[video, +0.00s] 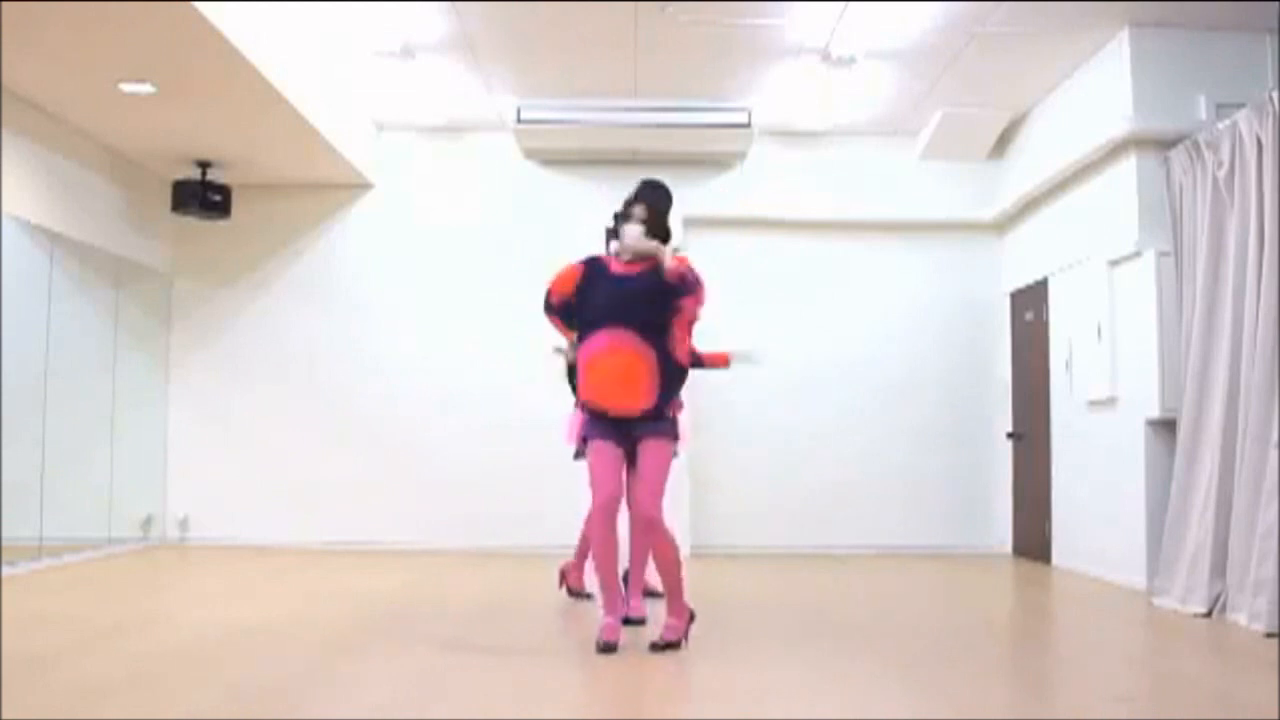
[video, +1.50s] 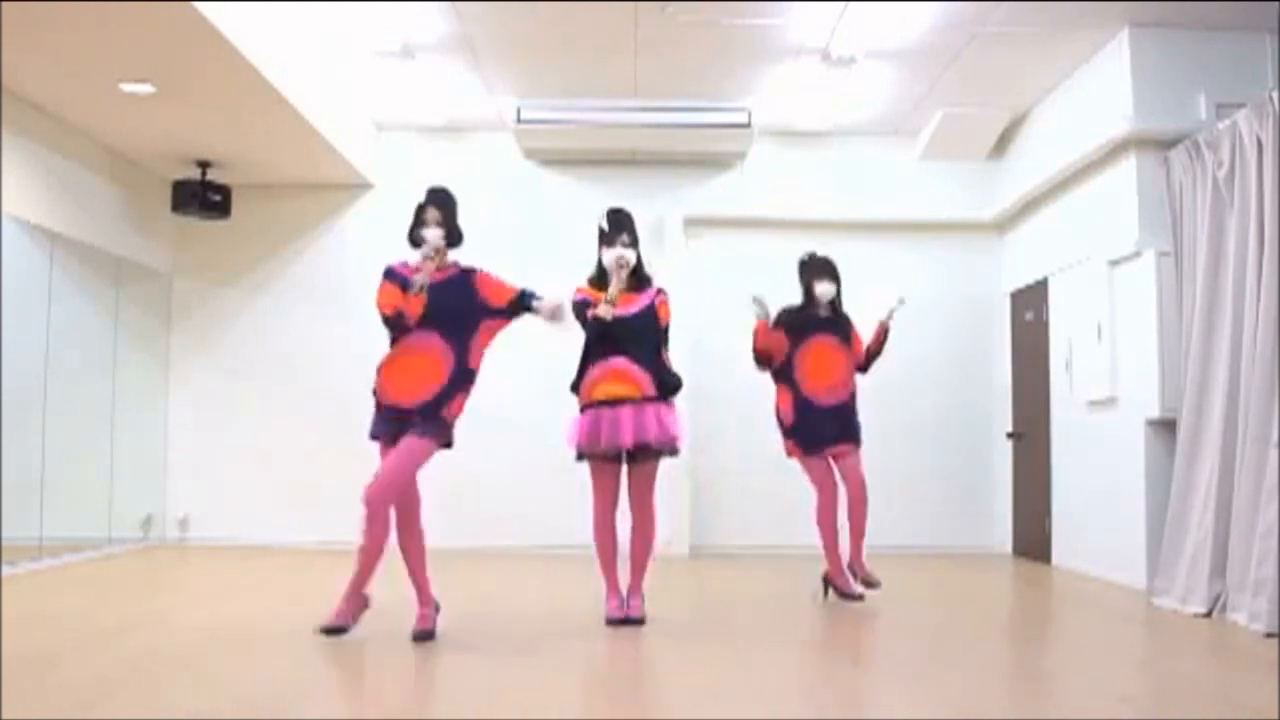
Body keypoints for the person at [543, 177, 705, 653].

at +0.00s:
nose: (637, 229)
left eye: (646, 222)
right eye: (631, 219)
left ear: (662, 229)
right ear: (618, 221)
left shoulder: (675, 278)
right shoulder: (591, 271)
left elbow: (687, 299)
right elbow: (554, 304)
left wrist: (665, 263)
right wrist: (579, 340)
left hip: (657, 406)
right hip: (601, 404)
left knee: (646, 509)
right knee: (605, 501)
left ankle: (677, 608)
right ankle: (612, 610)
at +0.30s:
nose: (573, 257)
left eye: (585, 252)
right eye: (576, 249)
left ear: (601, 265)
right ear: (576, 261)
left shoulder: (610, 303)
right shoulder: (586, 306)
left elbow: (569, 349)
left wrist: (536, 315)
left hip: (651, 425)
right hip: (617, 424)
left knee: (613, 508)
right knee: (609, 515)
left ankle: (637, 614)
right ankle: (614, 617)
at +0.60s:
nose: (538, 277)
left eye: (549, 271)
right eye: (539, 269)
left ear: (568, 279)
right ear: (538, 274)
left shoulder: (582, 316)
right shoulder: (554, 320)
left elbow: (583, 371)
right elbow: (572, 368)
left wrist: (531, 356)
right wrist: (528, 355)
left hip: (641, 431)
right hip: (605, 431)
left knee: (603, 512)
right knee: (604, 520)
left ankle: (644, 613)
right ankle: (614, 618)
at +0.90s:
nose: (521, 258)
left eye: (528, 248)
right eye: (514, 248)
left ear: (545, 251)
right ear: (506, 254)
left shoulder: (568, 288)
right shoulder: (507, 307)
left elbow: (600, 345)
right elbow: (501, 371)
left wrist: (599, 402)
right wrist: (489, 333)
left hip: (577, 430)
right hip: (530, 431)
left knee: (574, 535)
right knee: (475, 512)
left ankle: (645, 613)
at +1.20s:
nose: (466, 230)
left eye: (475, 223)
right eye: (460, 222)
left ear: (490, 229)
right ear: (451, 226)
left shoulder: (512, 283)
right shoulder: (440, 281)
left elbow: (524, 343)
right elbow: (440, 328)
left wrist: (521, 397)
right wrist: (453, 282)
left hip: (490, 401)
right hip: (442, 395)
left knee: (469, 507)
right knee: (424, 506)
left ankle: (481, 606)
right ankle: (413, 603)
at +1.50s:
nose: (433, 233)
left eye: (441, 226)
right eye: (426, 225)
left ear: (454, 231)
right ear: (414, 229)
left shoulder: (473, 282)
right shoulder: (398, 276)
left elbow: (515, 298)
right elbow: (396, 323)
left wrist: (544, 307)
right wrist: (422, 277)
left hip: (439, 411)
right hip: (392, 406)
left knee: (377, 495)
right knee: (406, 507)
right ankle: (426, 602)